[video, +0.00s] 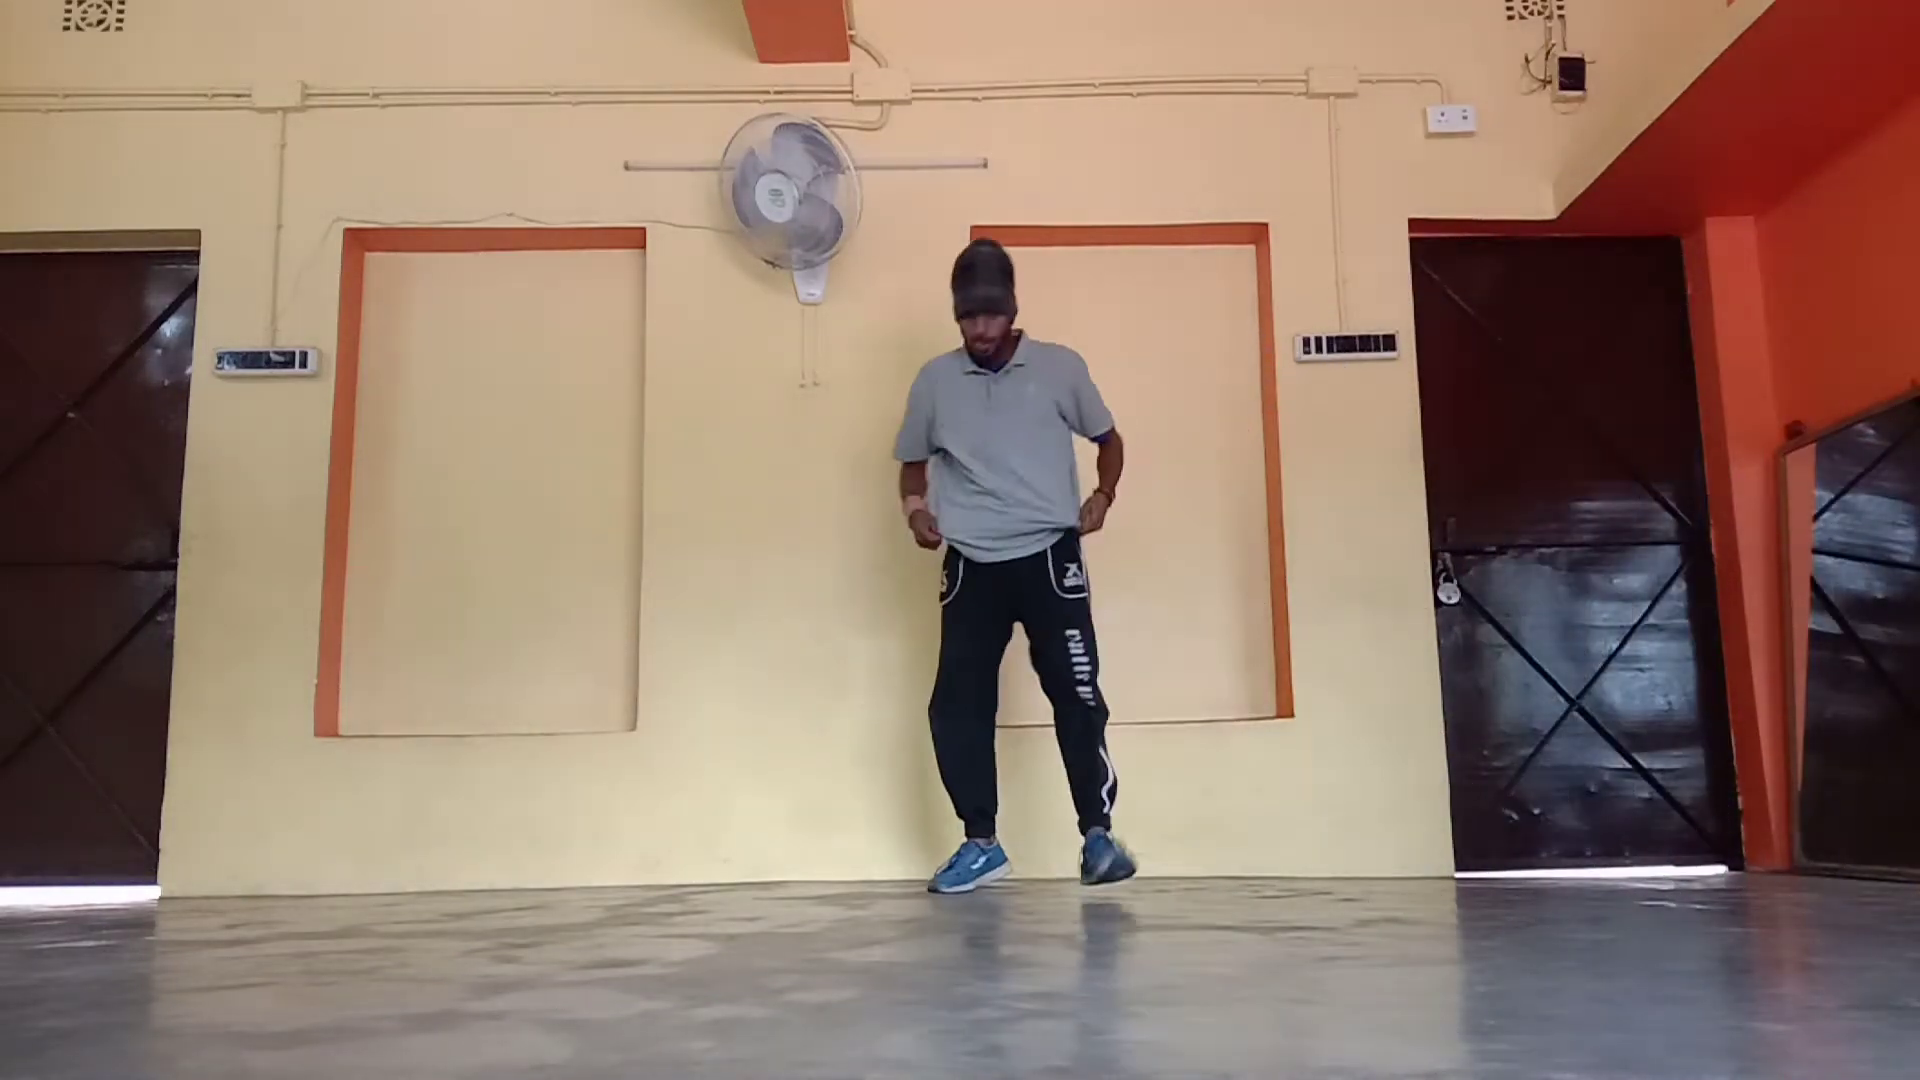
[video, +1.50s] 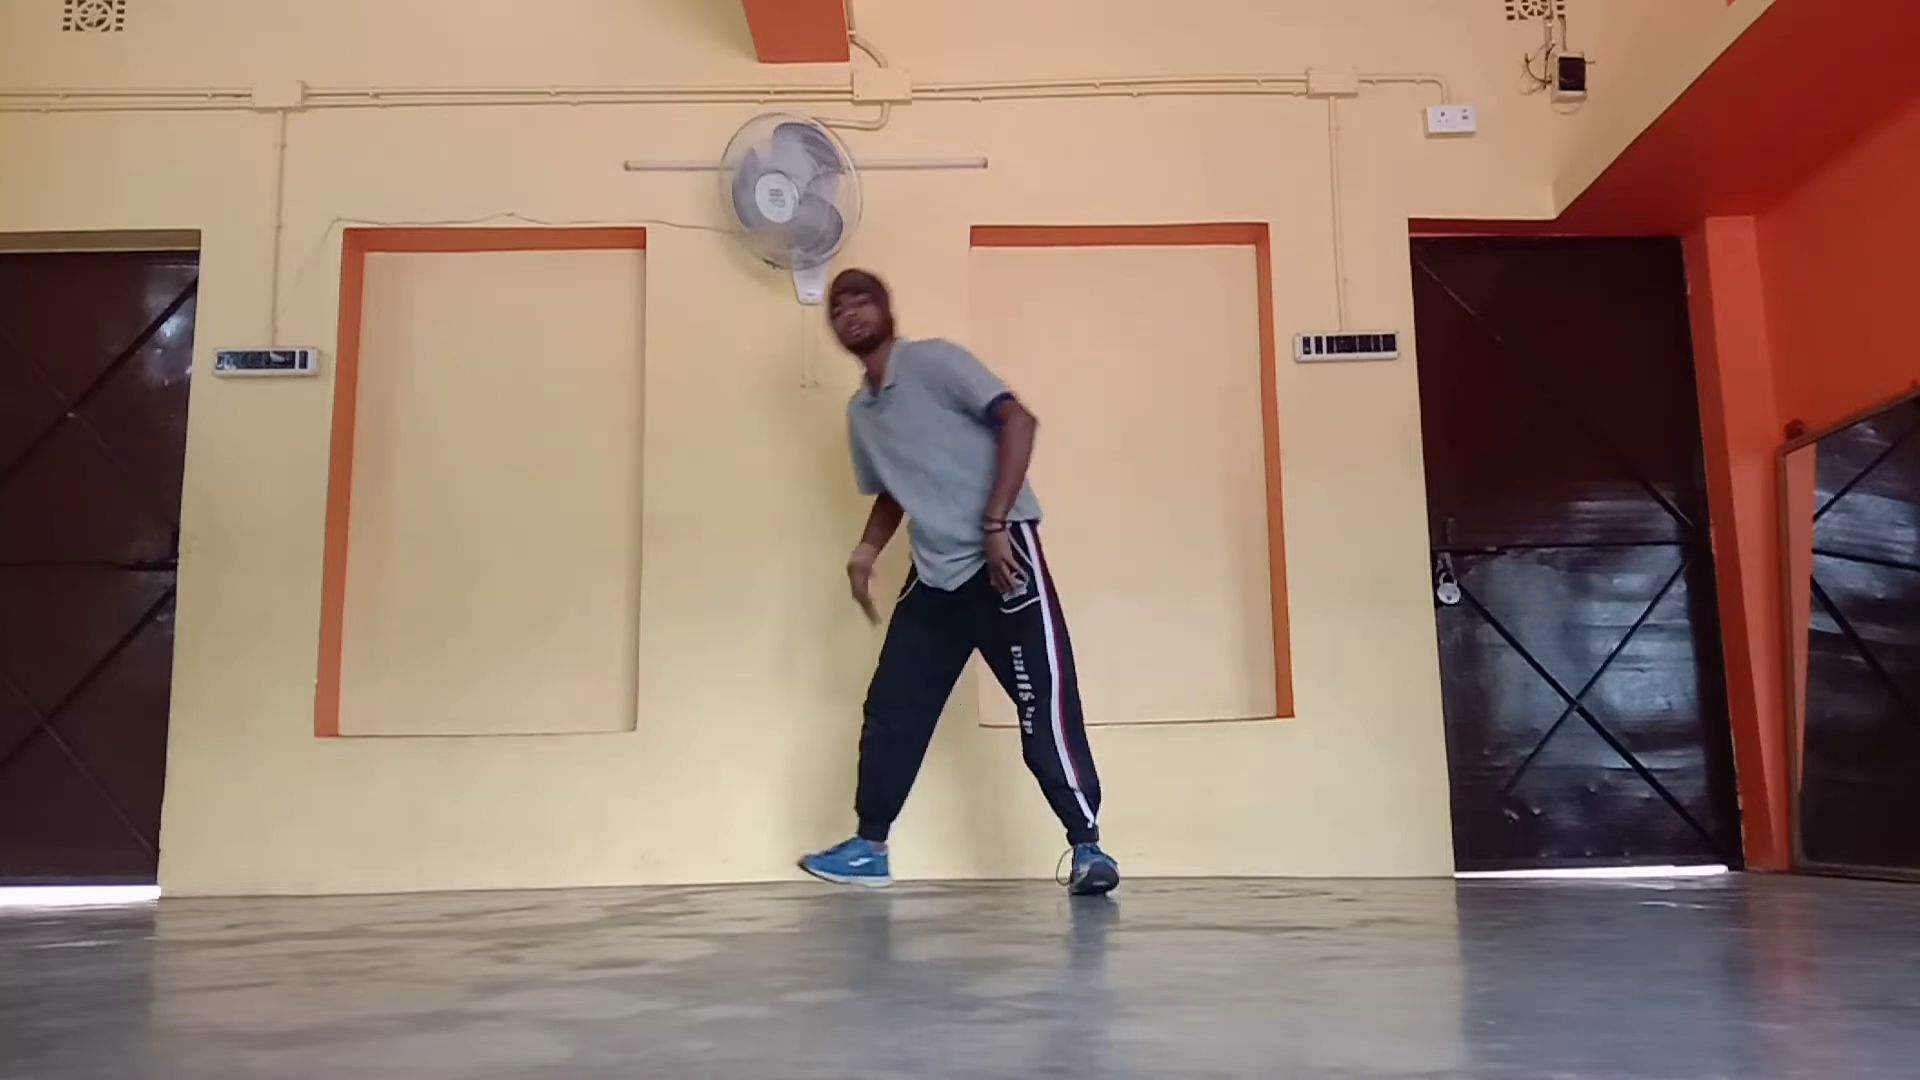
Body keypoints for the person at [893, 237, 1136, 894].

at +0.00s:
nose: (983, 329)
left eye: (995, 314)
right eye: (970, 316)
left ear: (1015, 309)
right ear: (955, 312)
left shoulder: (1061, 368)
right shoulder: (935, 381)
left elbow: (1108, 438)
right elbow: (913, 460)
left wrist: (1103, 493)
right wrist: (916, 504)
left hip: (1052, 558)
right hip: (971, 566)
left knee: (1077, 695)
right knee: (958, 704)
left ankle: (1097, 837)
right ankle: (981, 842)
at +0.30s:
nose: (1040, 283)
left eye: (1052, 275)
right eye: (1029, 273)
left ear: (1067, 291)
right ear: (1007, 284)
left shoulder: (1087, 379)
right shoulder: (962, 362)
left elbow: (1105, 479)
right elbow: (932, 456)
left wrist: (1119, 572)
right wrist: (921, 543)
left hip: (1054, 559)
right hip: (970, 559)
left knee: (1079, 702)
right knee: (930, 679)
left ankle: (1087, 849)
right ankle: (962, 817)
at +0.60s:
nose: (1013, 268)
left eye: (1024, 261)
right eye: (1000, 262)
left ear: (1040, 284)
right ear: (980, 285)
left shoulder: (1075, 365)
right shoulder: (942, 359)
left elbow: (1169, 389)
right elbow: (857, 390)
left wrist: (1243, 350)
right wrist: (776, 373)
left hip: (1040, 556)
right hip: (955, 557)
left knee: (1067, 706)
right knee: (936, 709)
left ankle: (1086, 855)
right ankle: (921, 853)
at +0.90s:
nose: (975, 274)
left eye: (986, 266)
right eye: (961, 270)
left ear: (1009, 287)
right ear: (947, 297)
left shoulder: (1055, 359)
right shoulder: (915, 374)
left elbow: (1147, 342)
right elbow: (825, 385)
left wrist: (1225, 294)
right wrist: (735, 365)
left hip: (1023, 561)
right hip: (938, 567)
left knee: (1052, 711)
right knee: (922, 715)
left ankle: (1085, 853)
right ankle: (920, 856)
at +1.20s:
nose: (955, 280)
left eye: (965, 270)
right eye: (942, 277)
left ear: (989, 285)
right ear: (934, 301)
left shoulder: (1037, 360)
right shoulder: (923, 382)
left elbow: (1053, 464)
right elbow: (913, 484)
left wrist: (1055, 560)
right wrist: (898, 563)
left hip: (1019, 558)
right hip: (942, 567)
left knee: (1053, 712)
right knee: (922, 716)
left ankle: (1086, 851)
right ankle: (920, 854)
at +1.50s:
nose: (850, 312)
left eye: (862, 300)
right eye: (839, 307)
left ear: (889, 311)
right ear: (834, 328)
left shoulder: (934, 361)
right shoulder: (862, 412)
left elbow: (1018, 421)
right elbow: (894, 492)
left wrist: (995, 523)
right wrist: (866, 552)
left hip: (1004, 557)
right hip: (936, 575)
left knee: (1045, 701)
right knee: (894, 702)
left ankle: (1086, 847)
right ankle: (870, 844)